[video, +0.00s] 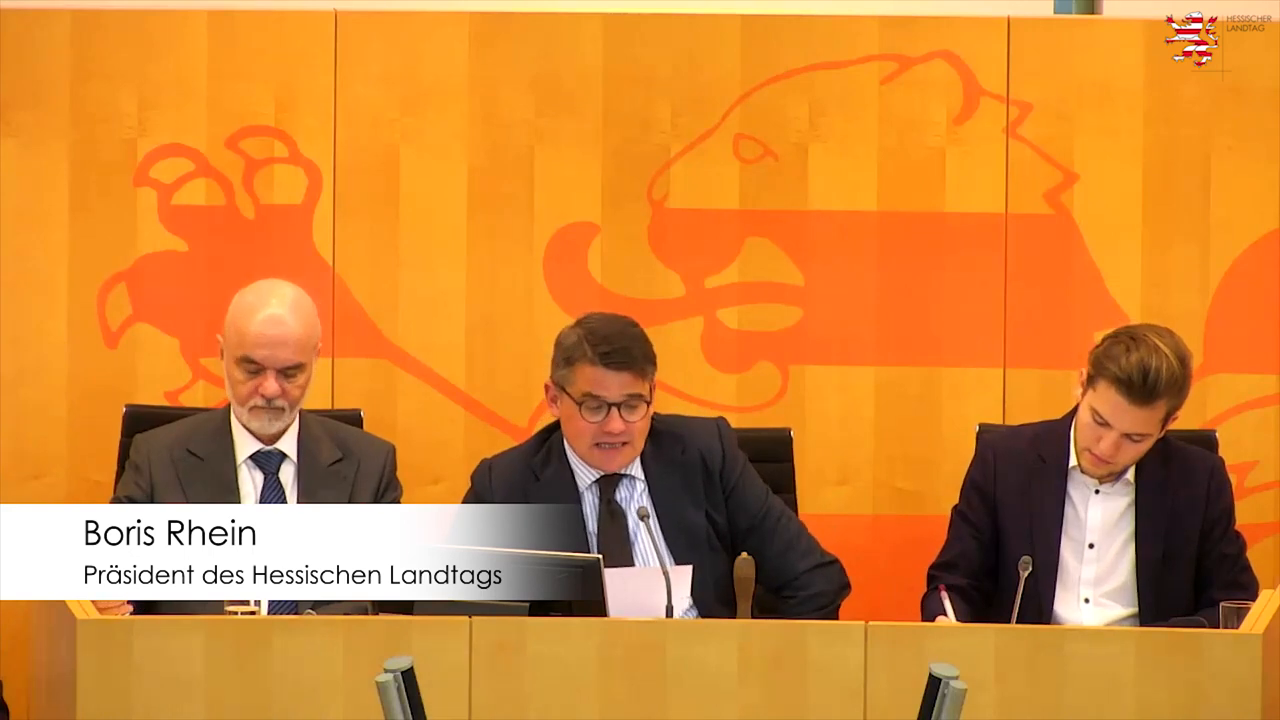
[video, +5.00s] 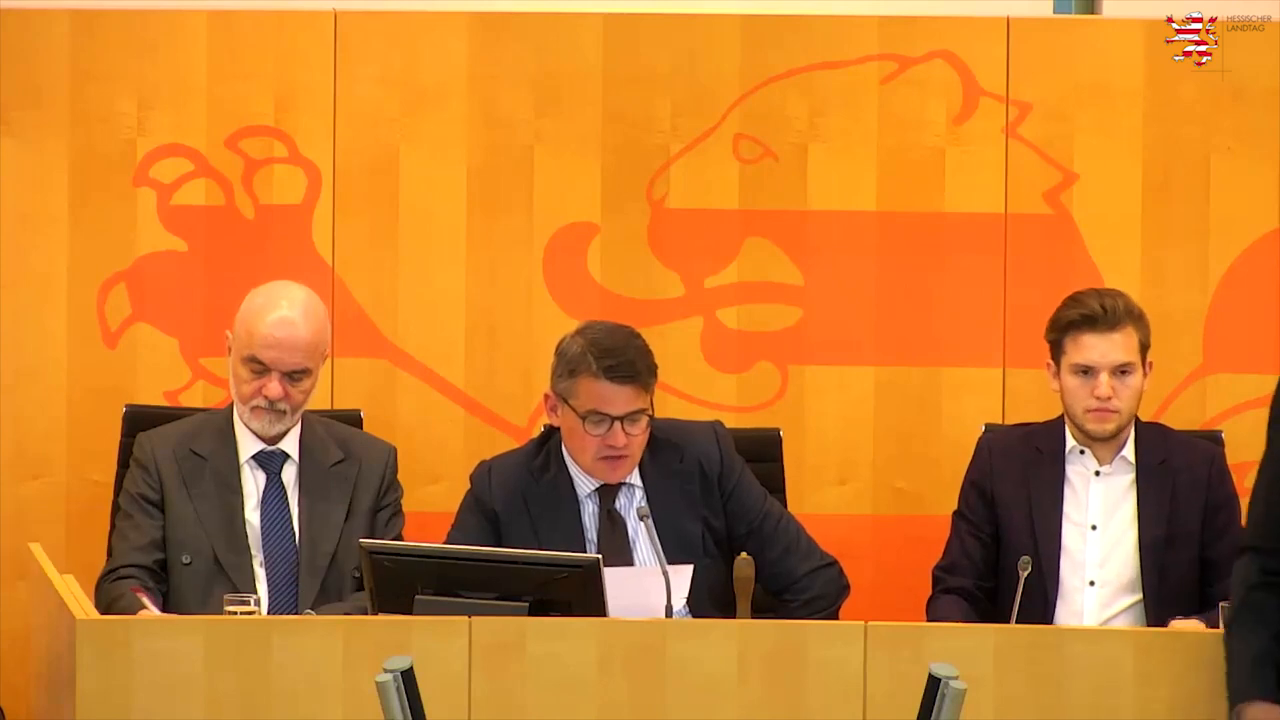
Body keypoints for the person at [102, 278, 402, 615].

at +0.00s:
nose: (271, 390)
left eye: (291, 372)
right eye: (252, 369)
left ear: (315, 357)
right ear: (222, 353)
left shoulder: (370, 463)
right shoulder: (154, 458)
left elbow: (392, 594)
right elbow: (114, 568)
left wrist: (308, 631)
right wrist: (107, 604)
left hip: (328, 668)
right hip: (190, 666)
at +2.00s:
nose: (270, 388)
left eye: (293, 372)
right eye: (254, 365)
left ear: (320, 363)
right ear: (227, 350)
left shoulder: (371, 463)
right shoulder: (158, 456)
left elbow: (383, 587)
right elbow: (117, 575)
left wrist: (311, 633)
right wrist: (147, 618)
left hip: (325, 665)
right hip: (195, 660)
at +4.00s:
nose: (273, 392)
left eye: (296, 376)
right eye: (256, 369)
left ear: (322, 363)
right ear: (228, 351)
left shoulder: (372, 464)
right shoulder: (159, 455)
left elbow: (391, 588)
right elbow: (116, 575)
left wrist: (314, 635)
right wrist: (144, 615)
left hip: (327, 667)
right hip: (195, 661)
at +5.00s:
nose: (274, 392)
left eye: (296, 376)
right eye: (257, 368)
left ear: (322, 362)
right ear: (229, 349)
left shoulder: (372, 464)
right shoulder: (160, 456)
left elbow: (391, 594)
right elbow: (125, 578)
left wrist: (316, 629)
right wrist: (146, 620)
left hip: (331, 675)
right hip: (199, 670)